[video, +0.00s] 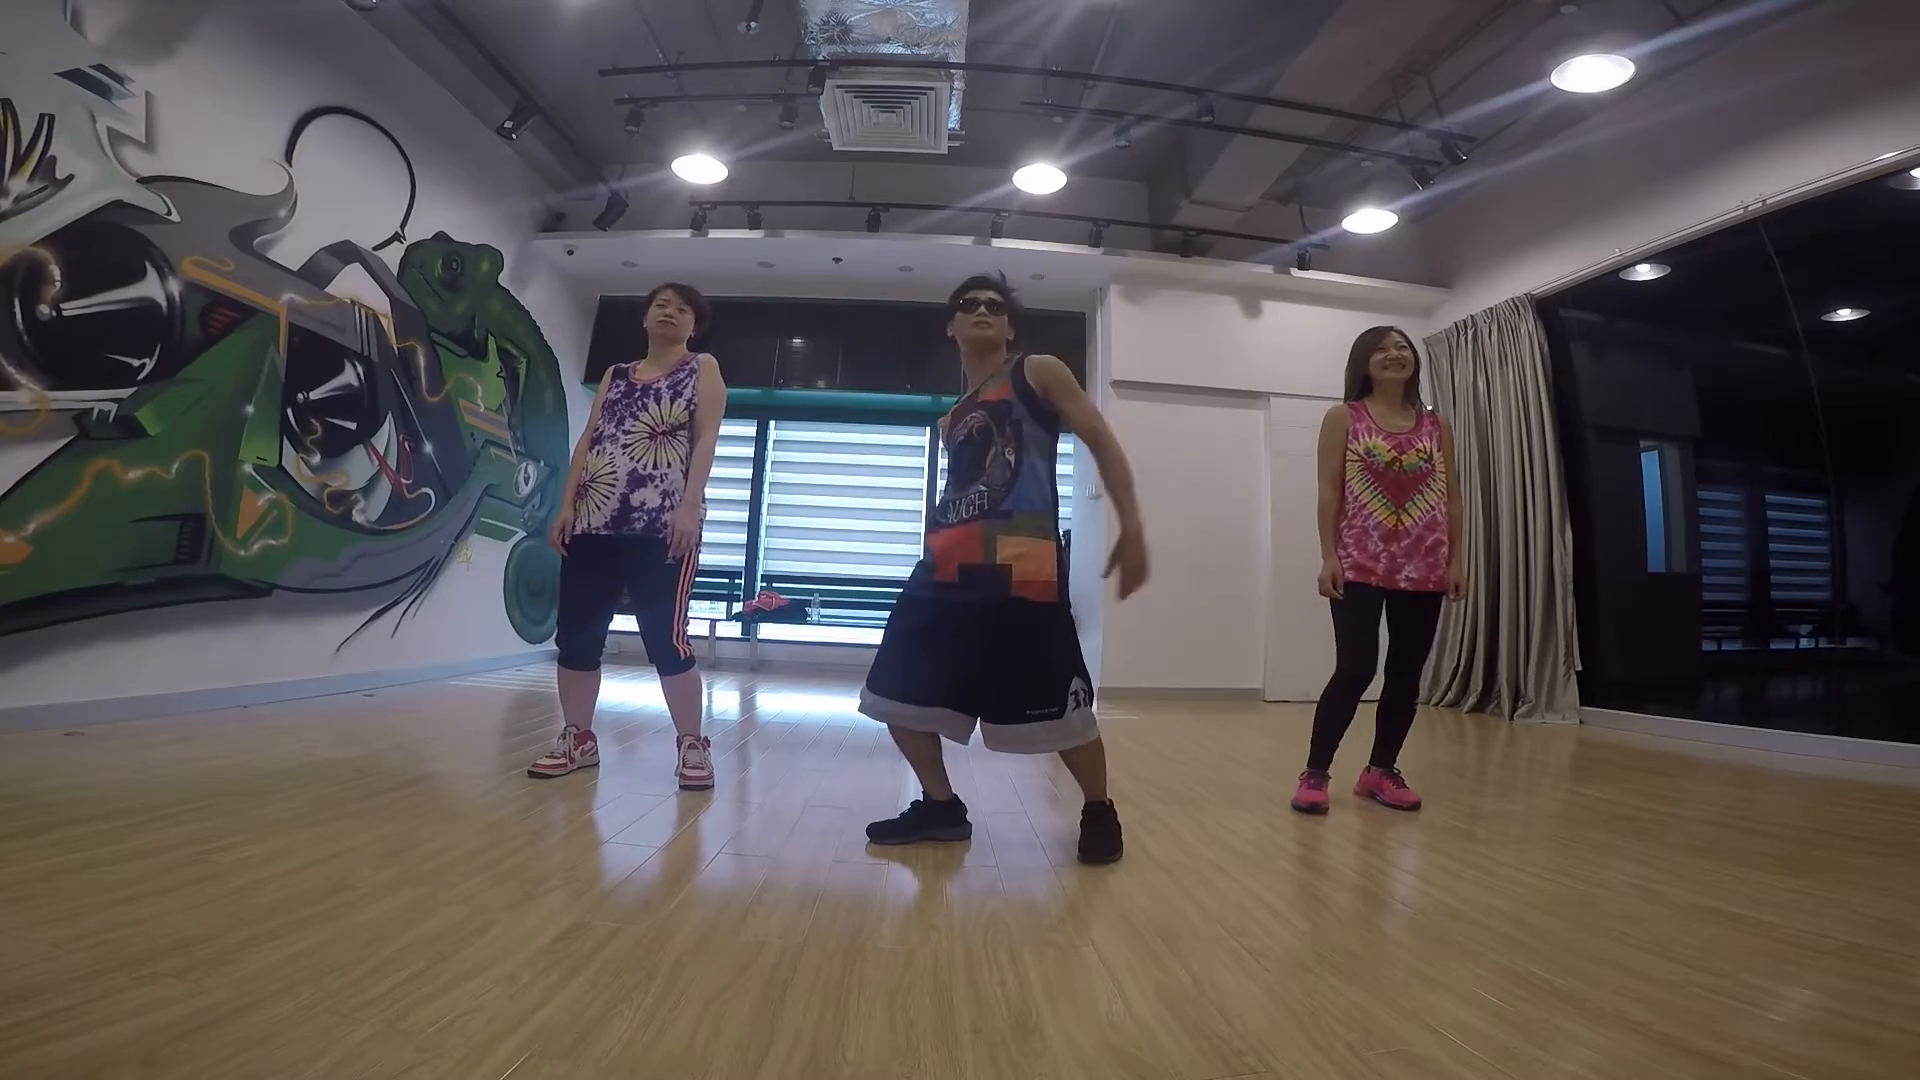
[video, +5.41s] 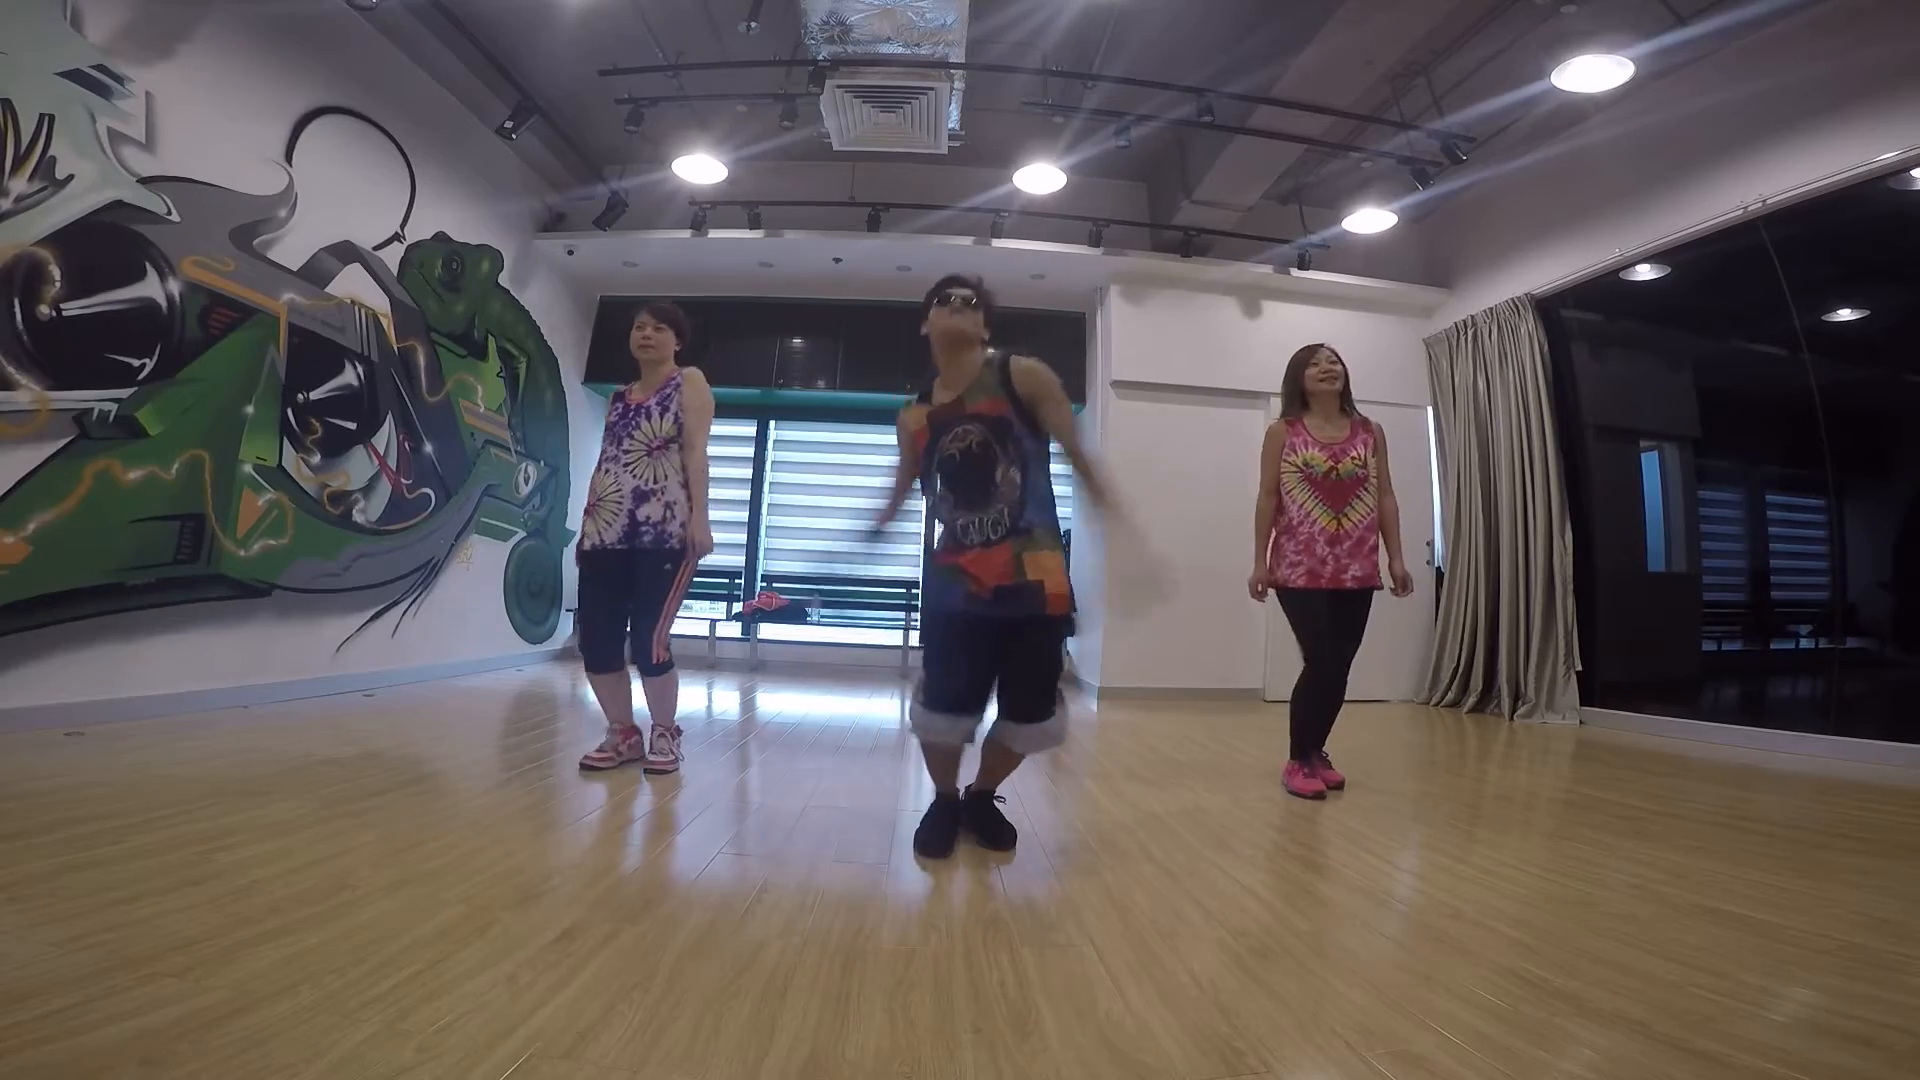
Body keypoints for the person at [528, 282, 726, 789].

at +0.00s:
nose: (669, 312)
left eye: (681, 308)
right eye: (661, 305)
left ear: (694, 326)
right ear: (645, 317)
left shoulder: (702, 369)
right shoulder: (616, 375)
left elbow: (705, 441)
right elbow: (586, 443)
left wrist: (690, 506)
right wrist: (566, 503)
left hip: (659, 527)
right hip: (593, 523)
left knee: (667, 643)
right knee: (576, 637)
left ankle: (691, 744)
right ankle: (578, 741)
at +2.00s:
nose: (635, 306)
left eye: (648, 301)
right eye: (628, 300)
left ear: (669, 320)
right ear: (615, 314)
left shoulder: (681, 383)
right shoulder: (593, 375)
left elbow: (687, 444)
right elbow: (574, 442)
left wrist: (668, 502)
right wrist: (554, 506)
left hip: (648, 527)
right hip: (582, 525)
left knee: (635, 636)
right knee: (565, 634)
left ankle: (640, 741)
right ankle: (590, 736)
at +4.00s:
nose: (669, 325)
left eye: (680, 320)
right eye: (661, 318)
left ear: (696, 334)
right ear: (648, 329)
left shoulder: (704, 392)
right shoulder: (612, 372)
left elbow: (703, 459)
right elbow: (572, 432)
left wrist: (705, 517)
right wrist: (547, 491)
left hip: (660, 526)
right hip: (595, 522)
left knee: (638, 622)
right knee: (601, 631)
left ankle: (644, 732)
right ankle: (616, 732)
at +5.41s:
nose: (647, 334)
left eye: (659, 328)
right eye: (640, 328)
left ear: (677, 341)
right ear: (630, 339)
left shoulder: (689, 381)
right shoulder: (620, 397)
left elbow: (696, 452)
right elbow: (606, 463)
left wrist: (698, 519)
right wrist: (590, 523)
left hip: (661, 532)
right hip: (604, 531)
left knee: (649, 638)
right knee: (597, 640)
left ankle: (664, 733)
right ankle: (623, 734)